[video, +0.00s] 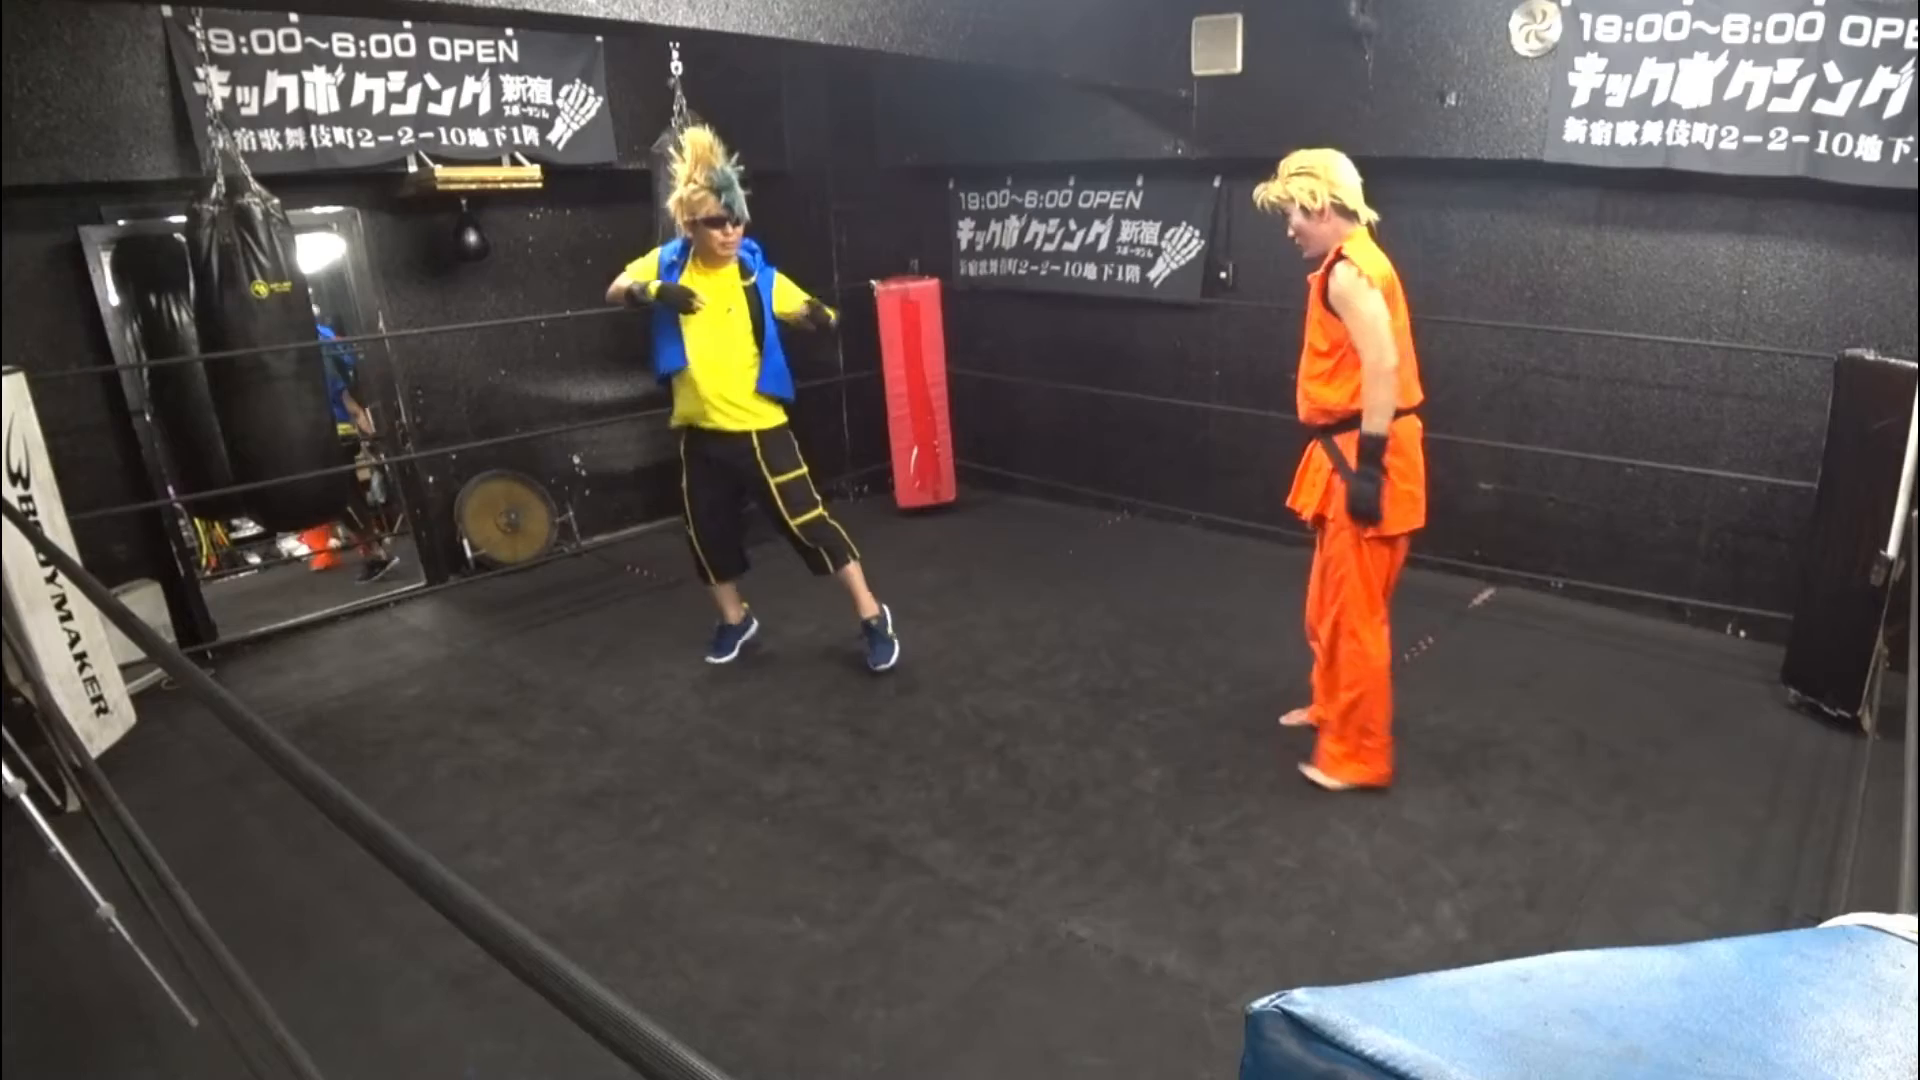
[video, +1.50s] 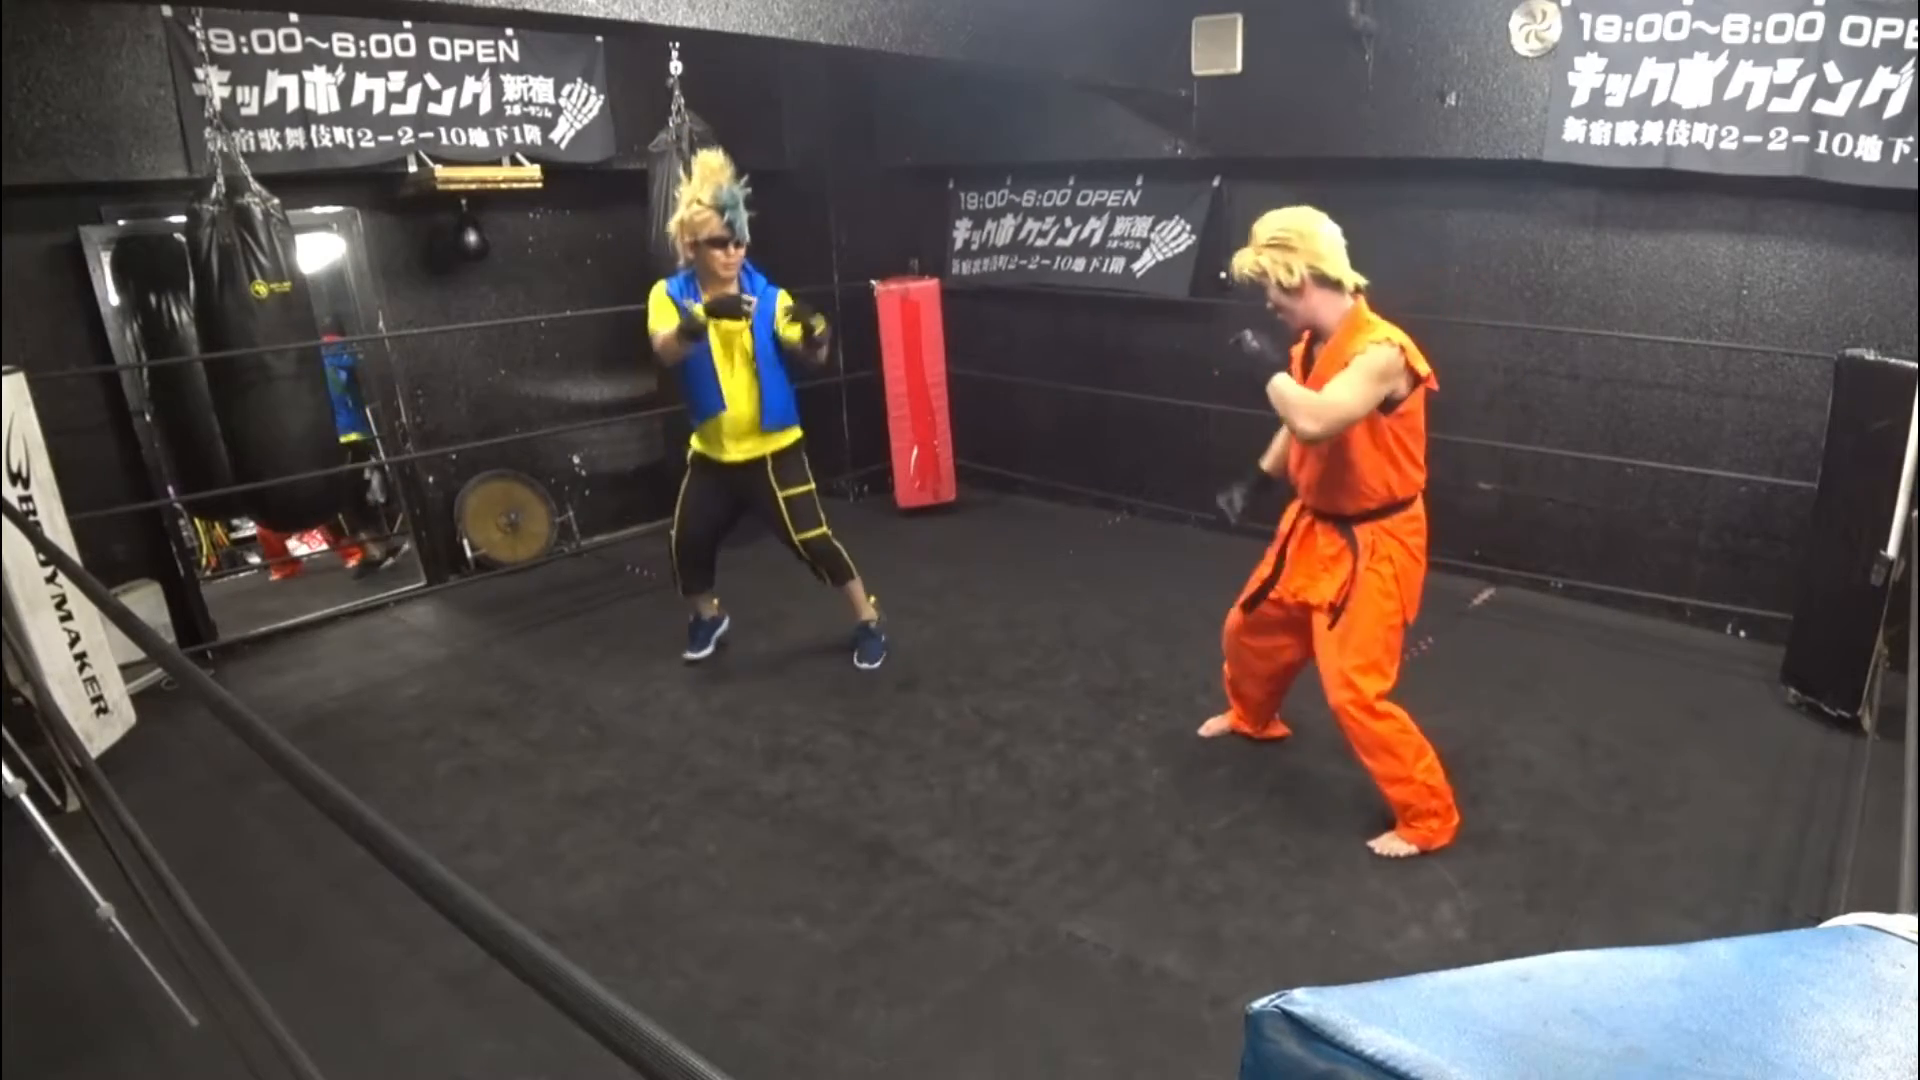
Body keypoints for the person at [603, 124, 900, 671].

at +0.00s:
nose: (729, 234)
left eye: (735, 223)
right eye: (716, 225)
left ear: (744, 222)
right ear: (689, 226)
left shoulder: (755, 271)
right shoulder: (666, 262)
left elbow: (807, 312)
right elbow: (616, 290)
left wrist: (820, 319)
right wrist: (657, 291)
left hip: (761, 420)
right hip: (700, 424)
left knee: (806, 520)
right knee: (705, 533)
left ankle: (871, 613)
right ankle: (735, 619)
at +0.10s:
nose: (731, 252)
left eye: (737, 242)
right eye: (718, 243)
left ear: (747, 243)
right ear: (695, 246)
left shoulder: (762, 294)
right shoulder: (670, 288)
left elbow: (809, 346)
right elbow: (624, 325)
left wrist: (830, 339)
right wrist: (652, 323)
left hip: (766, 439)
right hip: (705, 443)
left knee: (807, 537)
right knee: (703, 543)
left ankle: (867, 622)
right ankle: (735, 620)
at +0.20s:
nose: (734, 272)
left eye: (740, 261)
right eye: (722, 262)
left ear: (750, 264)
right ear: (699, 267)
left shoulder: (769, 318)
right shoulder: (678, 316)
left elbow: (812, 383)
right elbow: (641, 365)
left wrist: (841, 371)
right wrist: (671, 357)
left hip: (774, 464)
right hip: (713, 468)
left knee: (812, 552)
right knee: (701, 558)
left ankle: (872, 626)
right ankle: (736, 622)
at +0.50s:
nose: (736, 288)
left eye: (742, 277)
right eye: (723, 279)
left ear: (752, 281)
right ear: (700, 285)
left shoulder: (772, 333)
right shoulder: (680, 333)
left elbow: (794, 406)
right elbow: (682, 392)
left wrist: (804, 398)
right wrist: (722, 368)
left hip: (781, 475)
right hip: (721, 479)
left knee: (811, 563)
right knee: (696, 563)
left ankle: (870, 631)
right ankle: (736, 623)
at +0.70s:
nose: (721, 243)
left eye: (728, 232)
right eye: (709, 234)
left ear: (740, 235)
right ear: (687, 238)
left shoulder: (763, 288)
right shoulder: (668, 277)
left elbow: (799, 354)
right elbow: (659, 327)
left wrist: (789, 342)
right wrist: (698, 308)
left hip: (760, 428)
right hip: (699, 430)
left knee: (787, 523)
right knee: (694, 531)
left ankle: (829, 616)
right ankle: (727, 615)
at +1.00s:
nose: (715, 277)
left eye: (721, 267)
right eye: (703, 268)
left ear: (730, 269)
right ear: (680, 274)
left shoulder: (751, 323)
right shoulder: (660, 318)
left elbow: (791, 388)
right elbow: (639, 376)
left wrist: (816, 370)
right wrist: (669, 353)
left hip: (752, 458)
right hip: (693, 464)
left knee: (775, 543)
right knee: (687, 553)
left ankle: (806, 626)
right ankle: (714, 622)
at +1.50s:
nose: (731, 256)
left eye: (737, 244)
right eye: (718, 246)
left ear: (745, 247)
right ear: (691, 249)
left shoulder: (767, 295)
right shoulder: (669, 296)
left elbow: (810, 358)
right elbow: (664, 352)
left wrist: (818, 339)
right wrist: (700, 320)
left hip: (776, 444)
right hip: (713, 451)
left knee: (811, 539)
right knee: (687, 544)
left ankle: (867, 618)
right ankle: (708, 616)